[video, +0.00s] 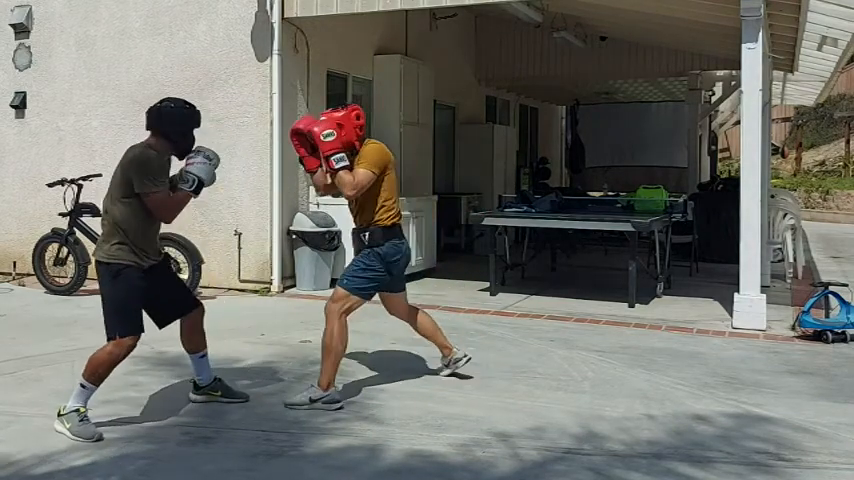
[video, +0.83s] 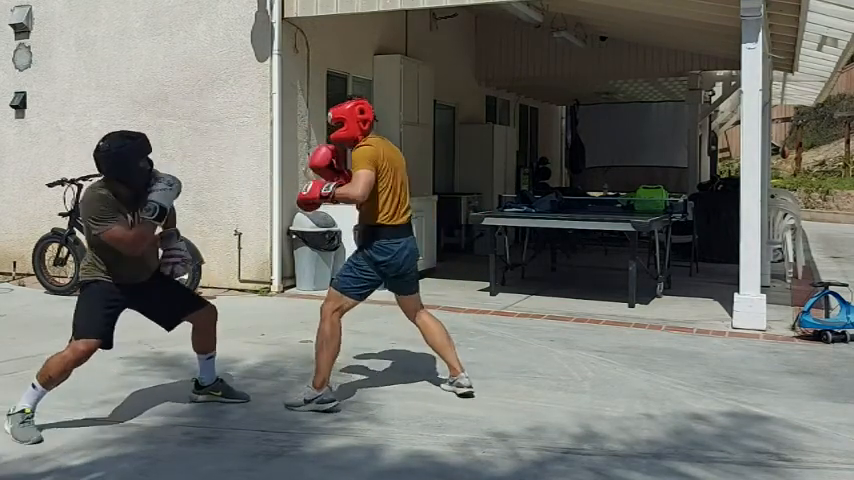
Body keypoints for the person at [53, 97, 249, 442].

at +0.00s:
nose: (193, 135)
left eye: (193, 129)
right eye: (190, 129)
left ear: (159, 128)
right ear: (175, 131)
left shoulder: (154, 159)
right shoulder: (143, 158)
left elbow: (162, 208)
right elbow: (167, 212)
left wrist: (186, 180)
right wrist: (191, 181)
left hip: (149, 260)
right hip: (119, 262)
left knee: (192, 311)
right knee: (125, 339)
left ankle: (204, 381)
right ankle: (72, 409)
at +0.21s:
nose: (210, 140)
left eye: (210, 133)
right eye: (207, 133)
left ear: (176, 132)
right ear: (193, 134)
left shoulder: (172, 163)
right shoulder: (163, 159)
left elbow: (179, 212)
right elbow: (186, 213)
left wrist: (208, 183)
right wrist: (209, 180)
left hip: (159, 262)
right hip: (130, 262)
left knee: (209, 307)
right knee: (132, 339)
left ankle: (206, 381)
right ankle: (73, 409)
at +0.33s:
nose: (219, 137)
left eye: (219, 131)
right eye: (216, 130)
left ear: (192, 132)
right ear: (202, 132)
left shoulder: (201, 157)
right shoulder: (173, 153)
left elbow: (244, 154)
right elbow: (200, 203)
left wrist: (292, 143)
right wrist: (224, 170)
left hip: (161, 256)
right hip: (127, 255)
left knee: (204, 308)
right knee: (121, 331)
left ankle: (207, 383)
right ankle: (70, 406)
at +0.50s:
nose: (218, 139)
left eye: (217, 133)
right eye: (213, 133)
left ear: (189, 135)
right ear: (199, 136)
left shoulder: (201, 163)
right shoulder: (168, 160)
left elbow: (231, 188)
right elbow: (194, 211)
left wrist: (257, 176)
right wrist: (221, 178)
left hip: (165, 257)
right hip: (129, 255)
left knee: (211, 308)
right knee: (107, 330)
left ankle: (208, 381)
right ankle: (44, 399)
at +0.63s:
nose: (193, 148)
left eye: (192, 142)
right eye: (188, 143)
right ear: (174, 148)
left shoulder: (183, 175)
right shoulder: (142, 177)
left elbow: (203, 215)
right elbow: (179, 224)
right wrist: (198, 187)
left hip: (163, 269)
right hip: (123, 270)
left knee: (215, 310)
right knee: (91, 343)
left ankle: (207, 381)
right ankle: (25, 406)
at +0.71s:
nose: (176, 157)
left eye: (175, 150)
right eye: (170, 152)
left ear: (154, 158)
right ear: (151, 158)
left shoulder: (170, 184)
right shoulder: (126, 187)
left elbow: (184, 228)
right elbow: (166, 232)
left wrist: (200, 248)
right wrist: (186, 193)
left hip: (158, 274)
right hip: (116, 276)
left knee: (213, 313)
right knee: (91, 346)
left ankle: (207, 382)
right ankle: (25, 409)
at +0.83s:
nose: (151, 165)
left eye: (149, 158)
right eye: (144, 161)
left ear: (131, 167)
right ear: (124, 171)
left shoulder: (147, 187)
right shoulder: (95, 200)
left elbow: (167, 226)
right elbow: (135, 245)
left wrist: (175, 246)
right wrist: (158, 205)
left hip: (145, 277)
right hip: (103, 281)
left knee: (205, 315)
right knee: (84, 347)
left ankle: (207, 382)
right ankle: (23, 410)